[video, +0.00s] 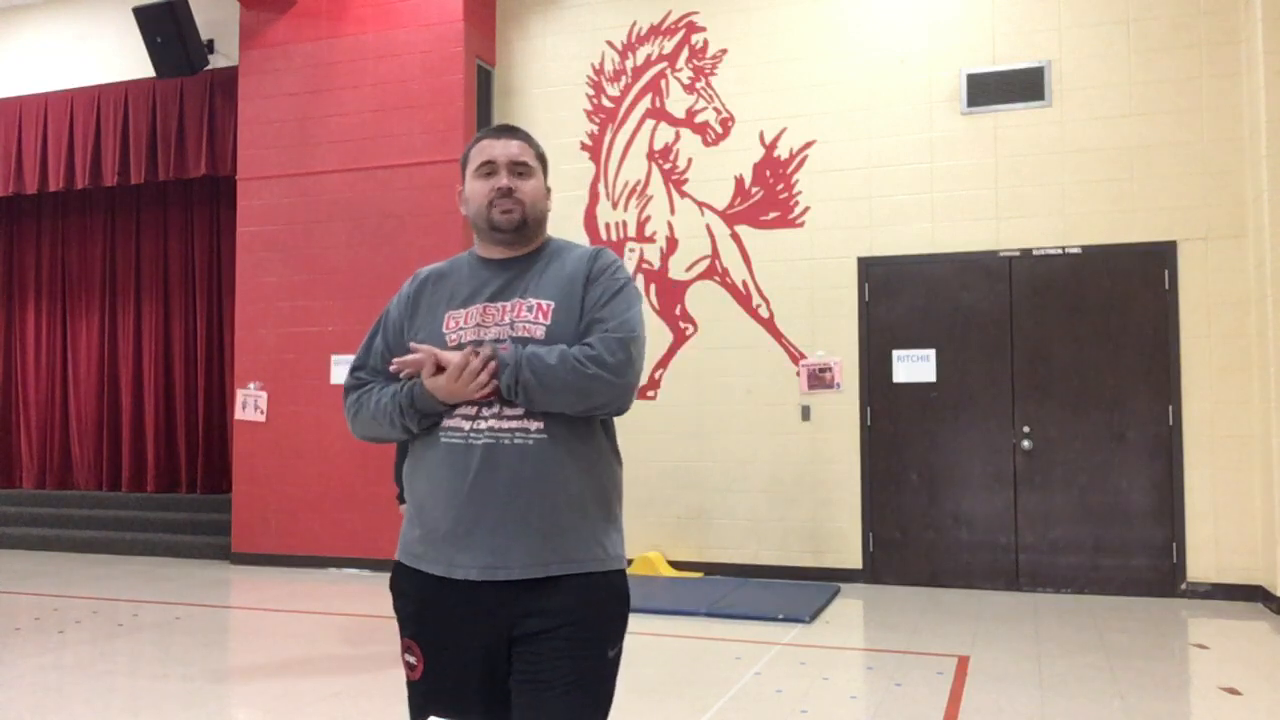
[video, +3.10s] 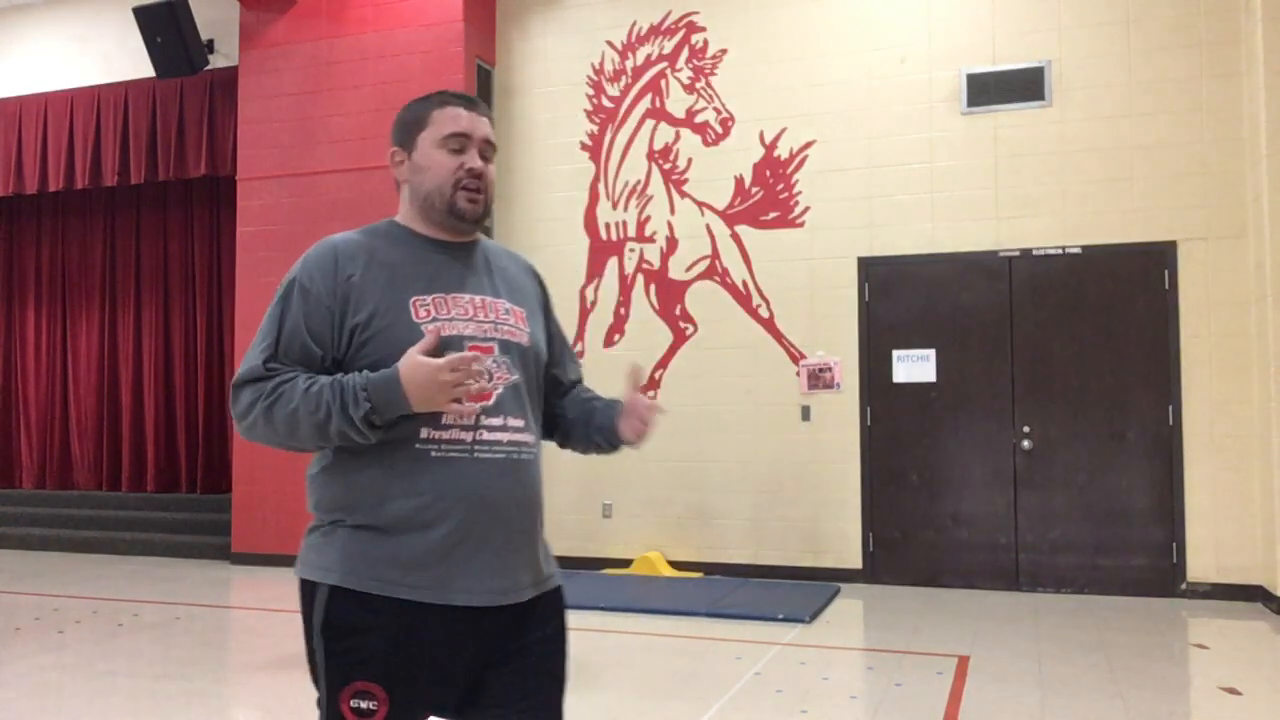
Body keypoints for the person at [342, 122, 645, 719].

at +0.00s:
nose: (504, 182)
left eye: (520, 170)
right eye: (486, 171)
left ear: (548, 192)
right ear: (462, 198)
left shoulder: (595, 272)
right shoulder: (420, 293)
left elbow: (613, 374)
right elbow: (362, 406)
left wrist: (470, 365)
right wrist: (429, 397)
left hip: (571, 573)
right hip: (440, 577)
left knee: (561, 710)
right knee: (447, 713)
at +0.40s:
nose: (520, 182)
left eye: (533, 172)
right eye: (500, 170)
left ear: (549, 193)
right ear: (464, 194)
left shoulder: (598, 280)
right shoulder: (415, 292)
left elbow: (666, 374)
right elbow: (342, 399)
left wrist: (573, 373)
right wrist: (419, 395)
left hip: (577, 580)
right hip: (446, 582)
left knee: (568, 711)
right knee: (452, 714)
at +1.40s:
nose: (545, 169)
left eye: (565, 157)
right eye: (529, 155)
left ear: (594, 181)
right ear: (503, 179)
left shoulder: (637, 273)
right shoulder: (449, 273)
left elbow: (694, 383)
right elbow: (373, 395)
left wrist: (623, 351)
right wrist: (435, 358)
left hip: (608, 590)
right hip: (472, 589)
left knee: (600, 709)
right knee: (481, 710)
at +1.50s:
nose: (545, 161)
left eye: (566, 149)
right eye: (529, 147)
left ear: (597, 177)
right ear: (507, 170)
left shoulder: (647, 271)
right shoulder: (451, 269)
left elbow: (719, 369)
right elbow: (372, 397)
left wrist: (683, 389)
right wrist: (419, 351)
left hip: (617, 590)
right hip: (478, 590)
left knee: (610, 710)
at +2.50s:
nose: (566, 149)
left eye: (584, 141)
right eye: (546, 132)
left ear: (601, 172)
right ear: (505, 154)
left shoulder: (643, 274)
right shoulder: (437, 261)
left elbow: (692, 387)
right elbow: (347, 392)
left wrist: (747, 388)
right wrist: (450, 363)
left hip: (638, 595)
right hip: (493, 596)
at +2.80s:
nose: (510, 139)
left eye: (525, 131)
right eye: (488, 124)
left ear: (540, 160)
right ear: (443, 152)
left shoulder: (579, 271)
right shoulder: (385, 259)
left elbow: (622, 404)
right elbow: (304, 392)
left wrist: (683, 455)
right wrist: (427, 387)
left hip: (583, 594)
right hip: (436, 594)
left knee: (593, 711)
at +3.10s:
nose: (476, 163)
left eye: (487, 152)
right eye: (456, 145)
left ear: (497, 170)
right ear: (401, 161)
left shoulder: (521, 279)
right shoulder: (339, 266)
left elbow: (556, 399)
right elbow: (257, 398)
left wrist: (612, 419)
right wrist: (389, 393)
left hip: (517, 597)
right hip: (377, 594)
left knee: (525, 710)